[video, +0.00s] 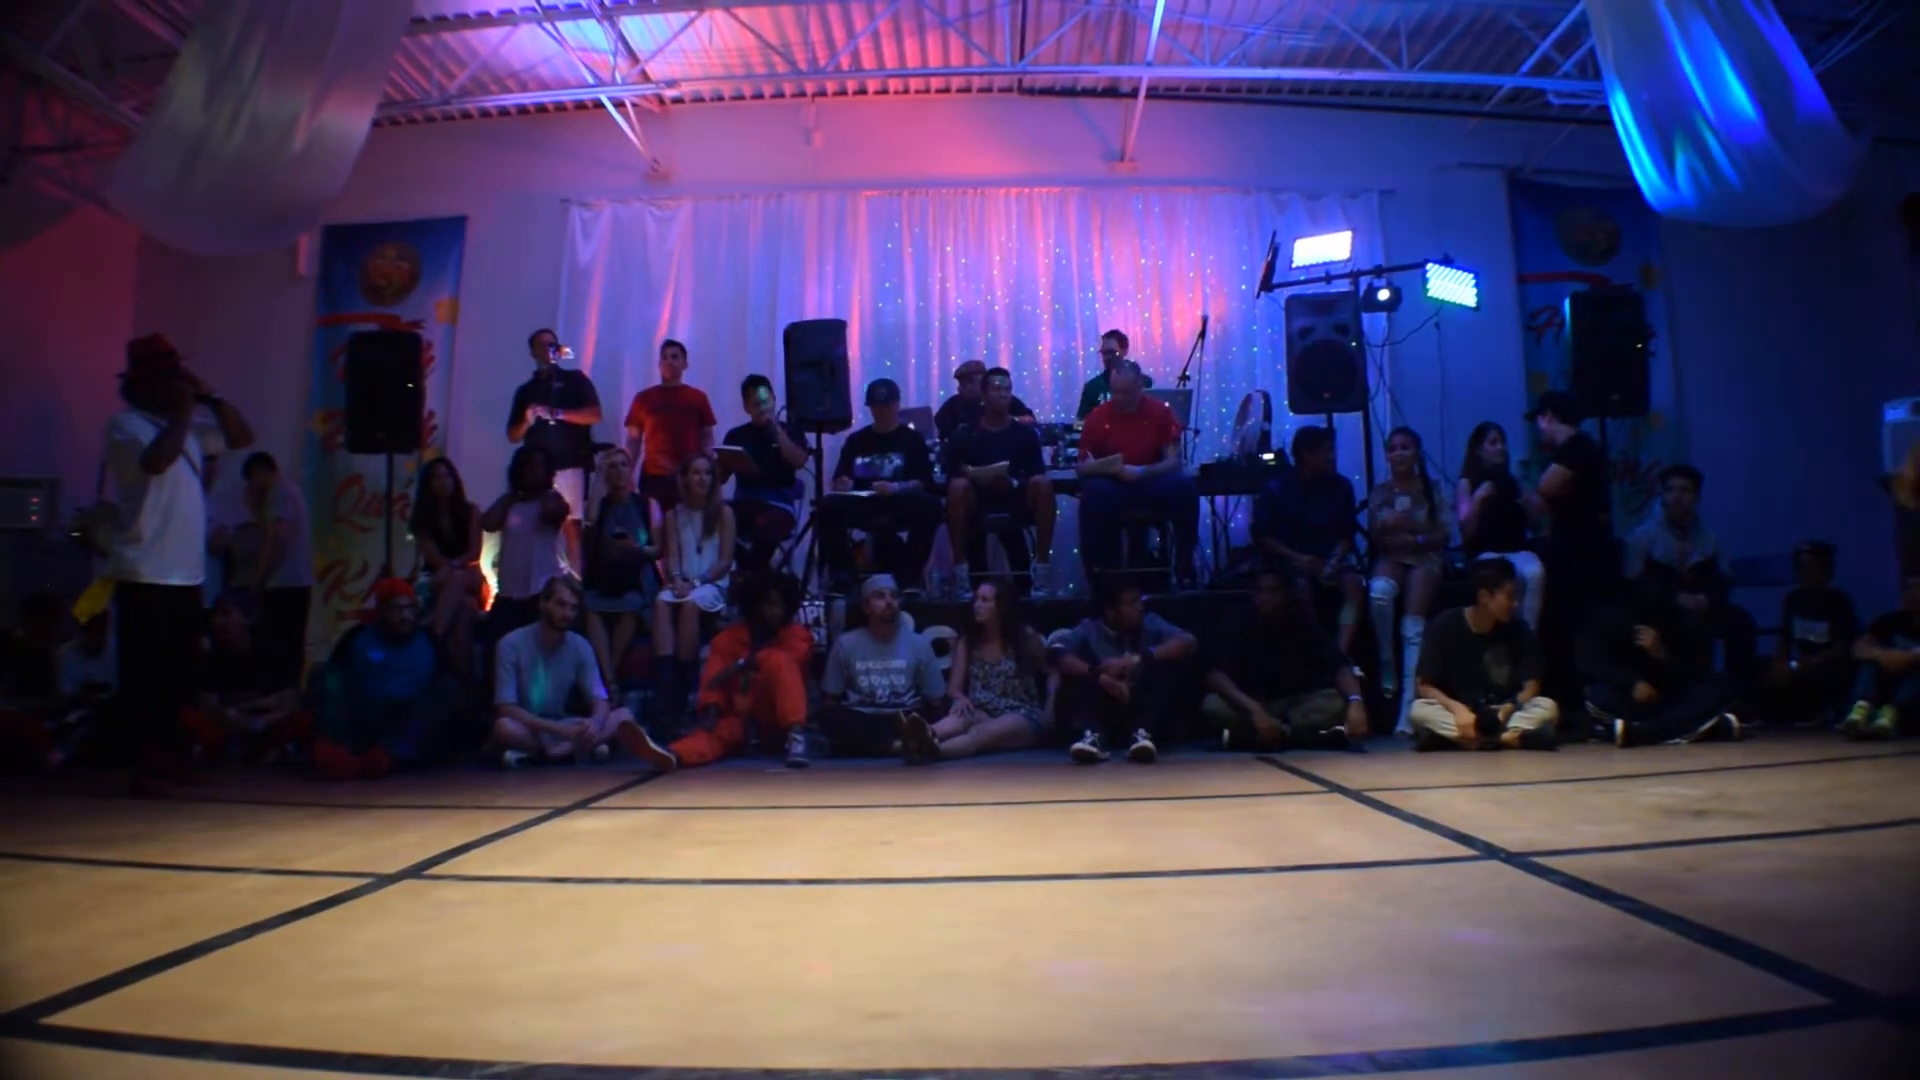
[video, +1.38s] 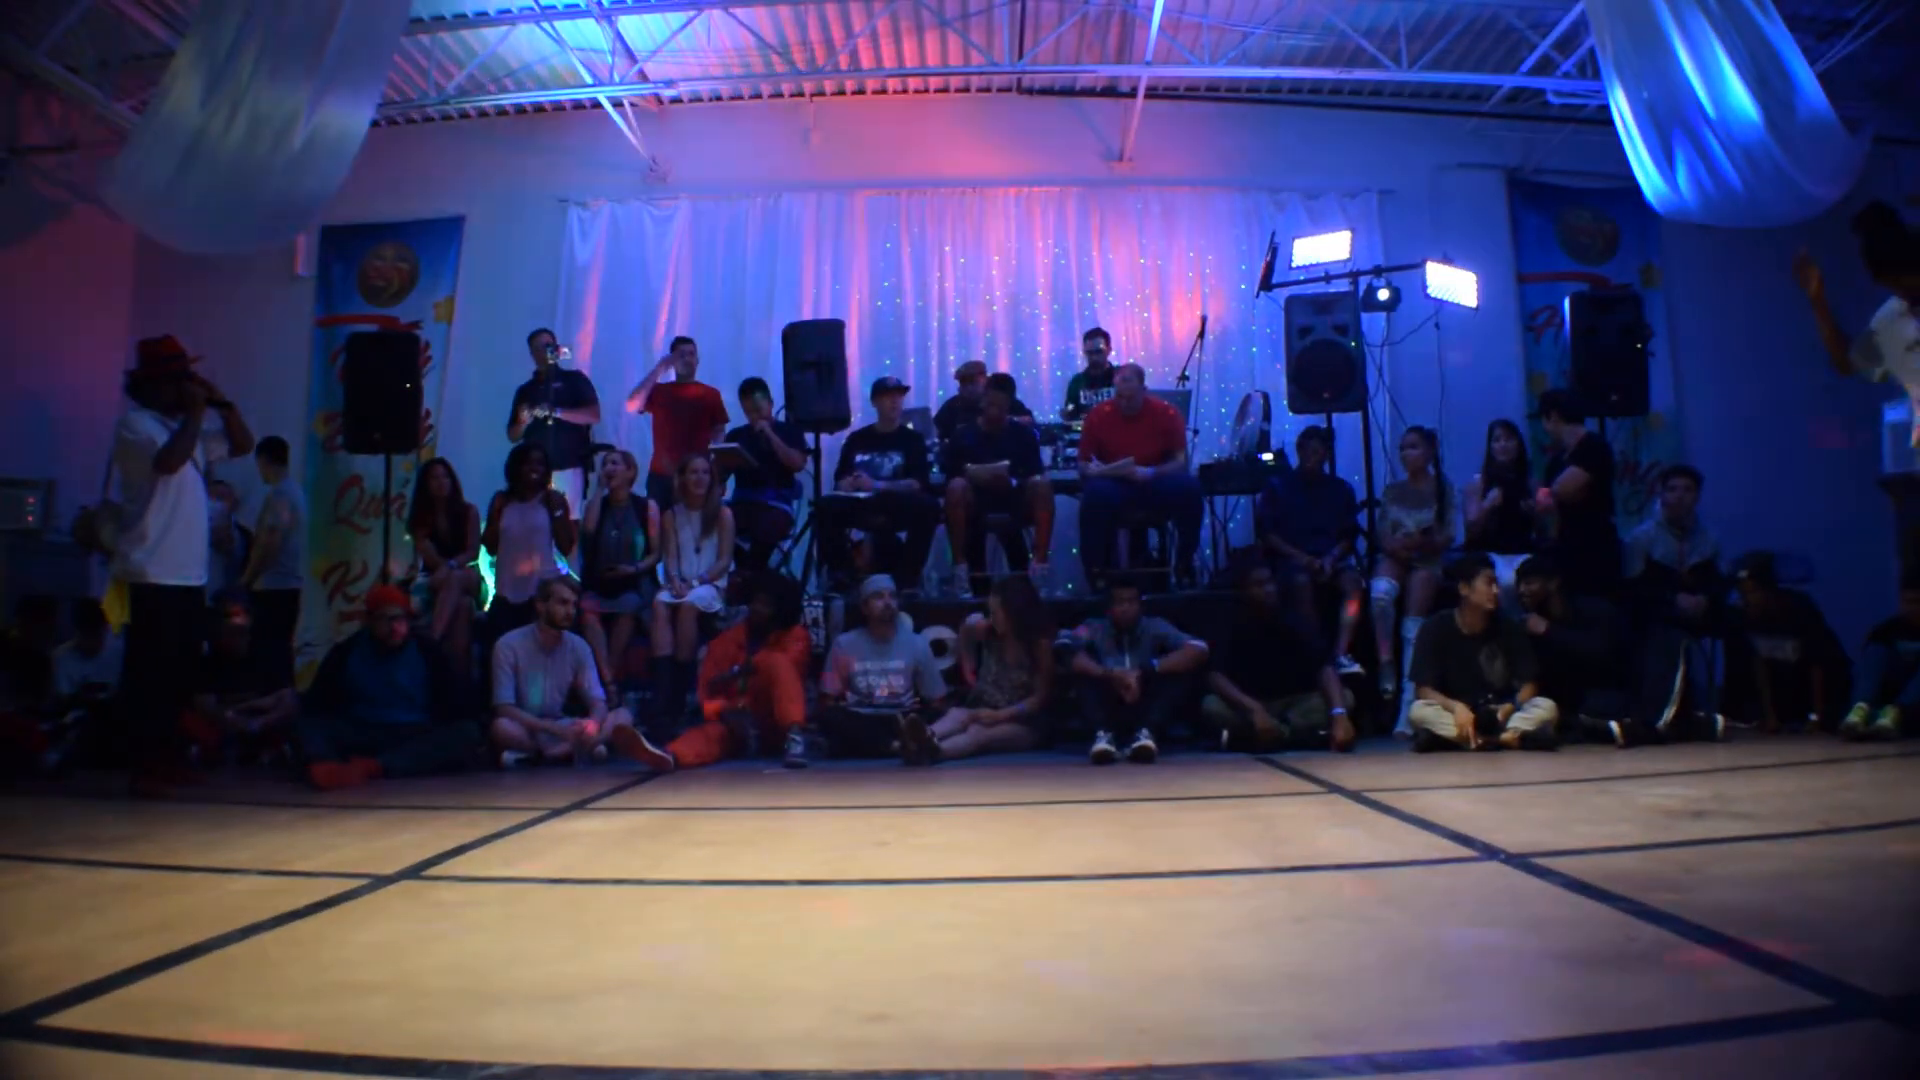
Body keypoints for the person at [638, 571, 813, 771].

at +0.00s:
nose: (775, 612)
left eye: (780, 606)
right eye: (768, 605)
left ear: (789, 608)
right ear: (753, 606)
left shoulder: (797, 635)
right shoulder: (728, 639)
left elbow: (790, 659)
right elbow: (712, 685)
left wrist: (752, 663)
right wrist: (711, 714)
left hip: (776, 714)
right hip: (738, 718)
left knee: (777, 659)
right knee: (715, 738)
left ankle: (796, 737)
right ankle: (673, 755)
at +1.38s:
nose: (757, 611)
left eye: (765, 605)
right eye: (755, 603)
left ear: (782, 610)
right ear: (749, 605)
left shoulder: (795, 636)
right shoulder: (726, 643)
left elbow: (786, 666)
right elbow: (707, 705)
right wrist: (731, 709)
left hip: (772, 719)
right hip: (736, 722)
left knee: (774, 660)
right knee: (711, 735)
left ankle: (794, 737)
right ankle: (670, 755)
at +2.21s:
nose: (768, 612)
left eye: (774, 605)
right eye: (762, 604)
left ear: (787, 609)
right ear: (750, 606)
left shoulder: (795, 636)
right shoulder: (725, 644)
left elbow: (784, 665)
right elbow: (709, 704)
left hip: (773, 721)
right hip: (736, 722)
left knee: (775, 660)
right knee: (711, 734)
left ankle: (795, 736)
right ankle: (671, 756)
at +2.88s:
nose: (776, 612)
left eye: (782, 606)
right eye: (769, 605)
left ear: (789, 609)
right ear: (753, 607)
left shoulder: (794, 637)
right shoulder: (726, 644)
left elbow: (781, 663)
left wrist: (740, 674)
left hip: (774, 720)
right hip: (736, 722)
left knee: (778, 662)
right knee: (711, 736)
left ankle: (794, 737)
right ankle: (670, 755)